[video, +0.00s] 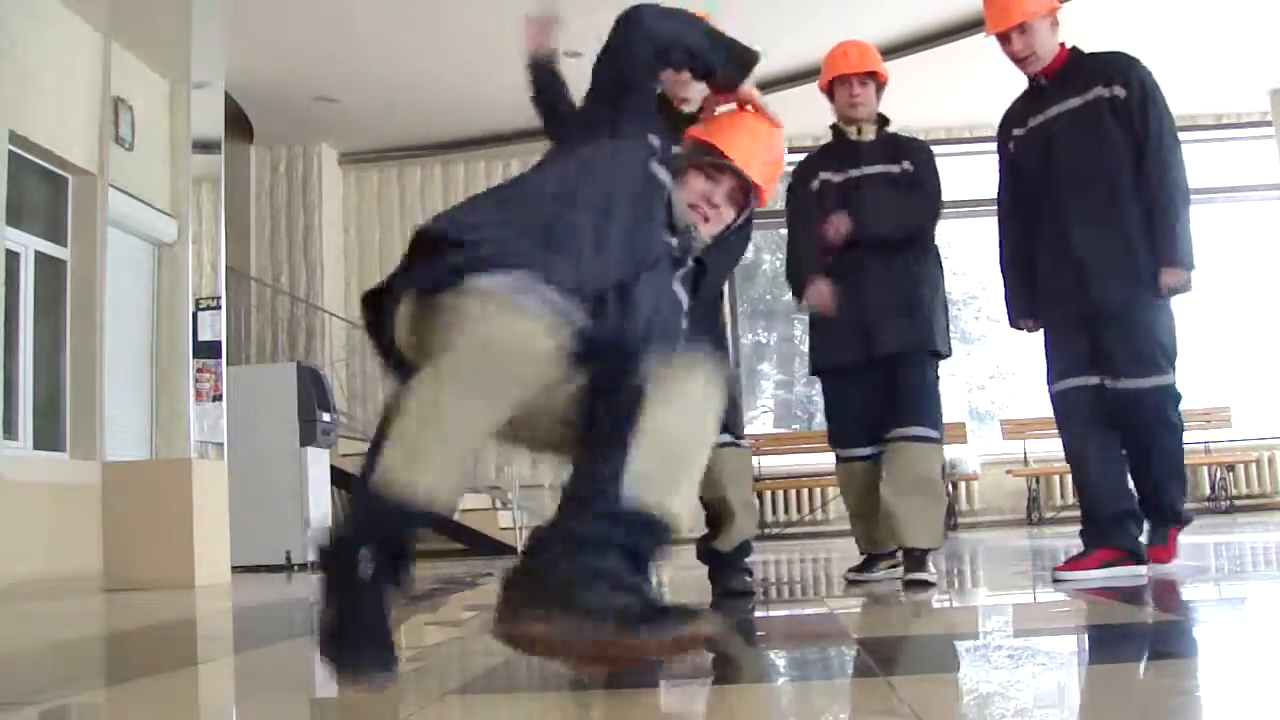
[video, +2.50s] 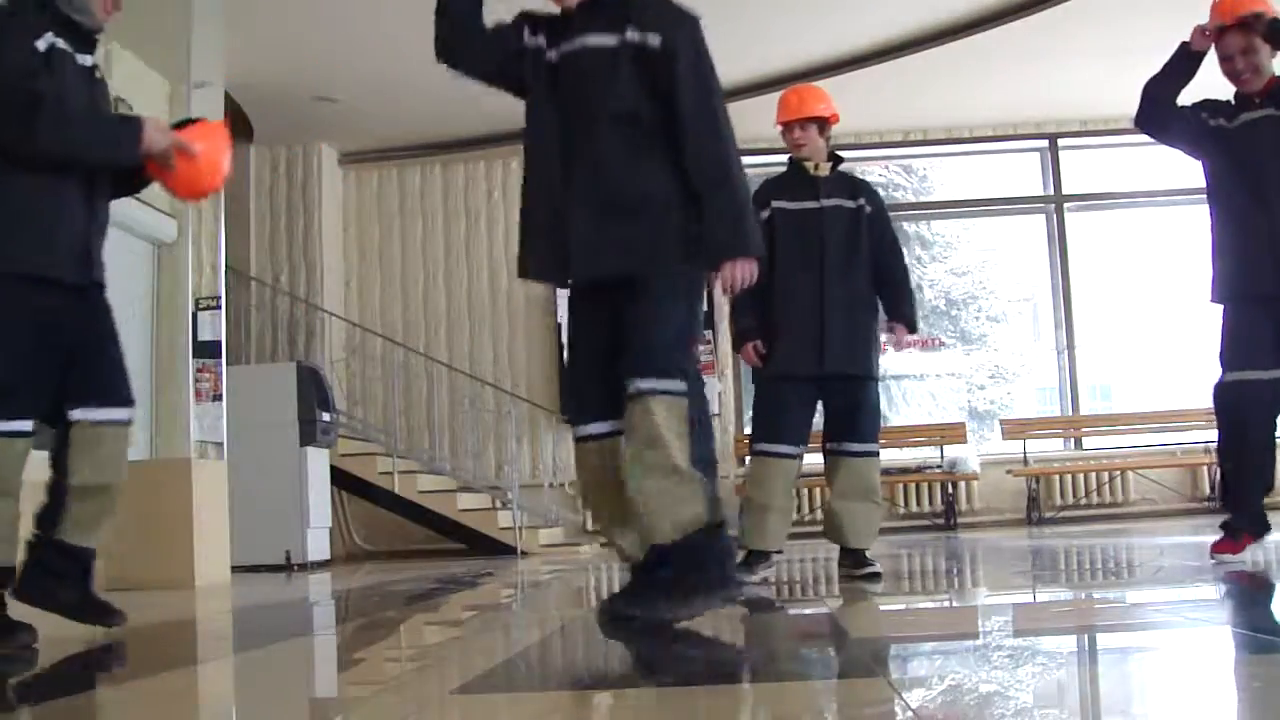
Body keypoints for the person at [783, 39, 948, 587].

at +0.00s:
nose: (855, 94)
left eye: (865, 83)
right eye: (844, 86)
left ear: (880, 90)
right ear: (829, 95)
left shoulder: (911, 151)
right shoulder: (811, 170)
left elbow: (922, 215)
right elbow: (799, 238)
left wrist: (853, 218)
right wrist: (809, 278)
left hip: (908, 317)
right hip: (840, 323)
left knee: (914, 432)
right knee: (855, 439)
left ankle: (916, 549)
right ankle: (877, 549)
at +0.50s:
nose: (843, 85)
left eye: (852, 74)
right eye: (831, 77)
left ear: (870, 80)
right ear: (817, 87)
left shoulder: (908, 152)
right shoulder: (799, 165)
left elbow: (945, 229)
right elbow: (785, 249)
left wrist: (968, 297)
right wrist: (775, 319)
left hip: (898, 329)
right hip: (824, 334)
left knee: (911, 446)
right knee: (822, 452)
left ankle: (919, 552)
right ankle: (819, 557)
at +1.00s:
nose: (796, 108)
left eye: (805, 97)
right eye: (784, 100)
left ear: (820, 100)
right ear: (770, 107)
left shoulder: (859, 160)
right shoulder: (754, 179)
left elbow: (887, 228)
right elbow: (744, 256)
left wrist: (875, 286)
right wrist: (727, 311)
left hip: (860, 333)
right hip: (792, 341)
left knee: (887, 449)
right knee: (807, 458)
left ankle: (904, 550)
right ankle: (819, 557)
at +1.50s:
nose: (817, 125)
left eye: (826, 115)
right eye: (806, 117)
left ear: (842, 120)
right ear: (794, 125)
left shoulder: (874, 188)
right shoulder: (774, 193)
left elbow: (901, 261)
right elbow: (759, 272)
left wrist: (909, 319)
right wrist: (753, 338)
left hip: (865, 344)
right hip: (798, 347)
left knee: (865, 451)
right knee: (811, 450)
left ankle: (861, 549)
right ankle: (824, 551)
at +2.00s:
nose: (825, 129)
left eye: (835, 119)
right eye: (816, 121)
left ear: (851, 125)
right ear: (804, 129)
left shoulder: (874, 192)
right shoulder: (787, 192)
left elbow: (896, 264)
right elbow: (772, 264)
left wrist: (905, 326)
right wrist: (775, 322)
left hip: (865, 341)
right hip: (805, 342)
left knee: (863, 448)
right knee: (808, 447)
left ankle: (857, 547)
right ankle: (813, 548)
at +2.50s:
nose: (797, 136)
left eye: (806, 126)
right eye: (790, 128)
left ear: (827, 129)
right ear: (782, 134)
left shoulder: (861, 194)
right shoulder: (766, 196)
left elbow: (888, 258)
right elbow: (745, 268)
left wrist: (900, 314)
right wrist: (745, 329)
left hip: (851, 346)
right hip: (785, 348)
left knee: (856, 453)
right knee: (773, 453)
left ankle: (857, 549)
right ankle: (760, 549)